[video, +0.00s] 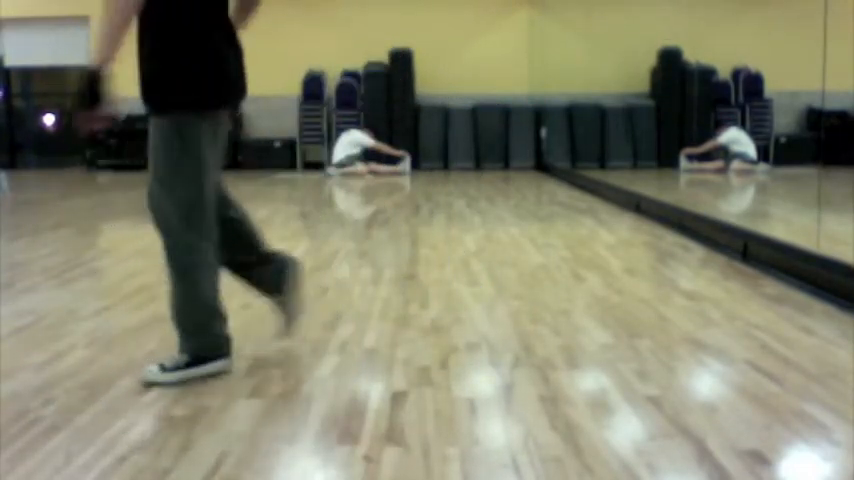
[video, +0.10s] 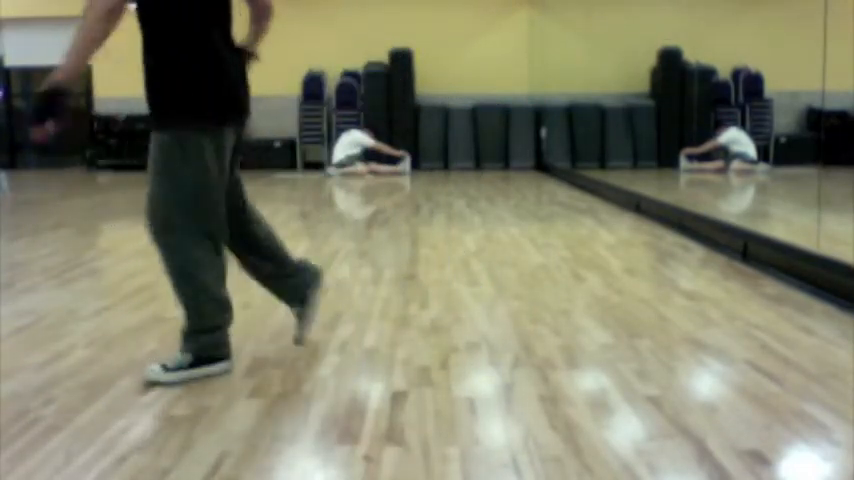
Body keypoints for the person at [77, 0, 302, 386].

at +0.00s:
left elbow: (124, 4)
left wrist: (99, 68)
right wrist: (224, 30)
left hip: (178, 68)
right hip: (213, 62)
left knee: (179, 207)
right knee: (193, 192)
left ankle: (205, 346)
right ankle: (275, 275)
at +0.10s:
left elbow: (105, 10)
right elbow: (262, 6)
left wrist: (62, 78)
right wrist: (250, 46)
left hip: (183, 89)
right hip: (220, 83)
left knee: (177, 220)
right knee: (223, 208)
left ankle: (208, 347)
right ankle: (299, 284)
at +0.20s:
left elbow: (94, 10)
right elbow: (262, 8)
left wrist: (56, 82)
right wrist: (249, 47)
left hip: (184, 93)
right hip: (232, 84)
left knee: (187, 222)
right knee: (239, 198)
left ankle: (208, 344)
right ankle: (306, 286)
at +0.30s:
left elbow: (98, 9)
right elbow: (260, 7)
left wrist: (69, 87)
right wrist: (232, 38)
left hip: (181, 85)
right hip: (237, 74)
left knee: (200, 210)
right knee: (242, 193)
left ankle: (218, 345)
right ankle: (284, 302)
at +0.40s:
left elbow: (105, 15)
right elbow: (260, 14)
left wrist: (83, 101)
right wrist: (231, 44)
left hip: (178, 96)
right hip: (238, 89)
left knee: (197, 218)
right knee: (243, 201)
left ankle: (219, 343)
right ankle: (240, 302)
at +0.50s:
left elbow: (110, 23)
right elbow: (257, 15)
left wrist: (102, 109)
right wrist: (225, 46)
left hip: (166, 92)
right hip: (229, 87)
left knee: (184, 221)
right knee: (249, 202)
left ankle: (216, 337)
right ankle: (197, 311)